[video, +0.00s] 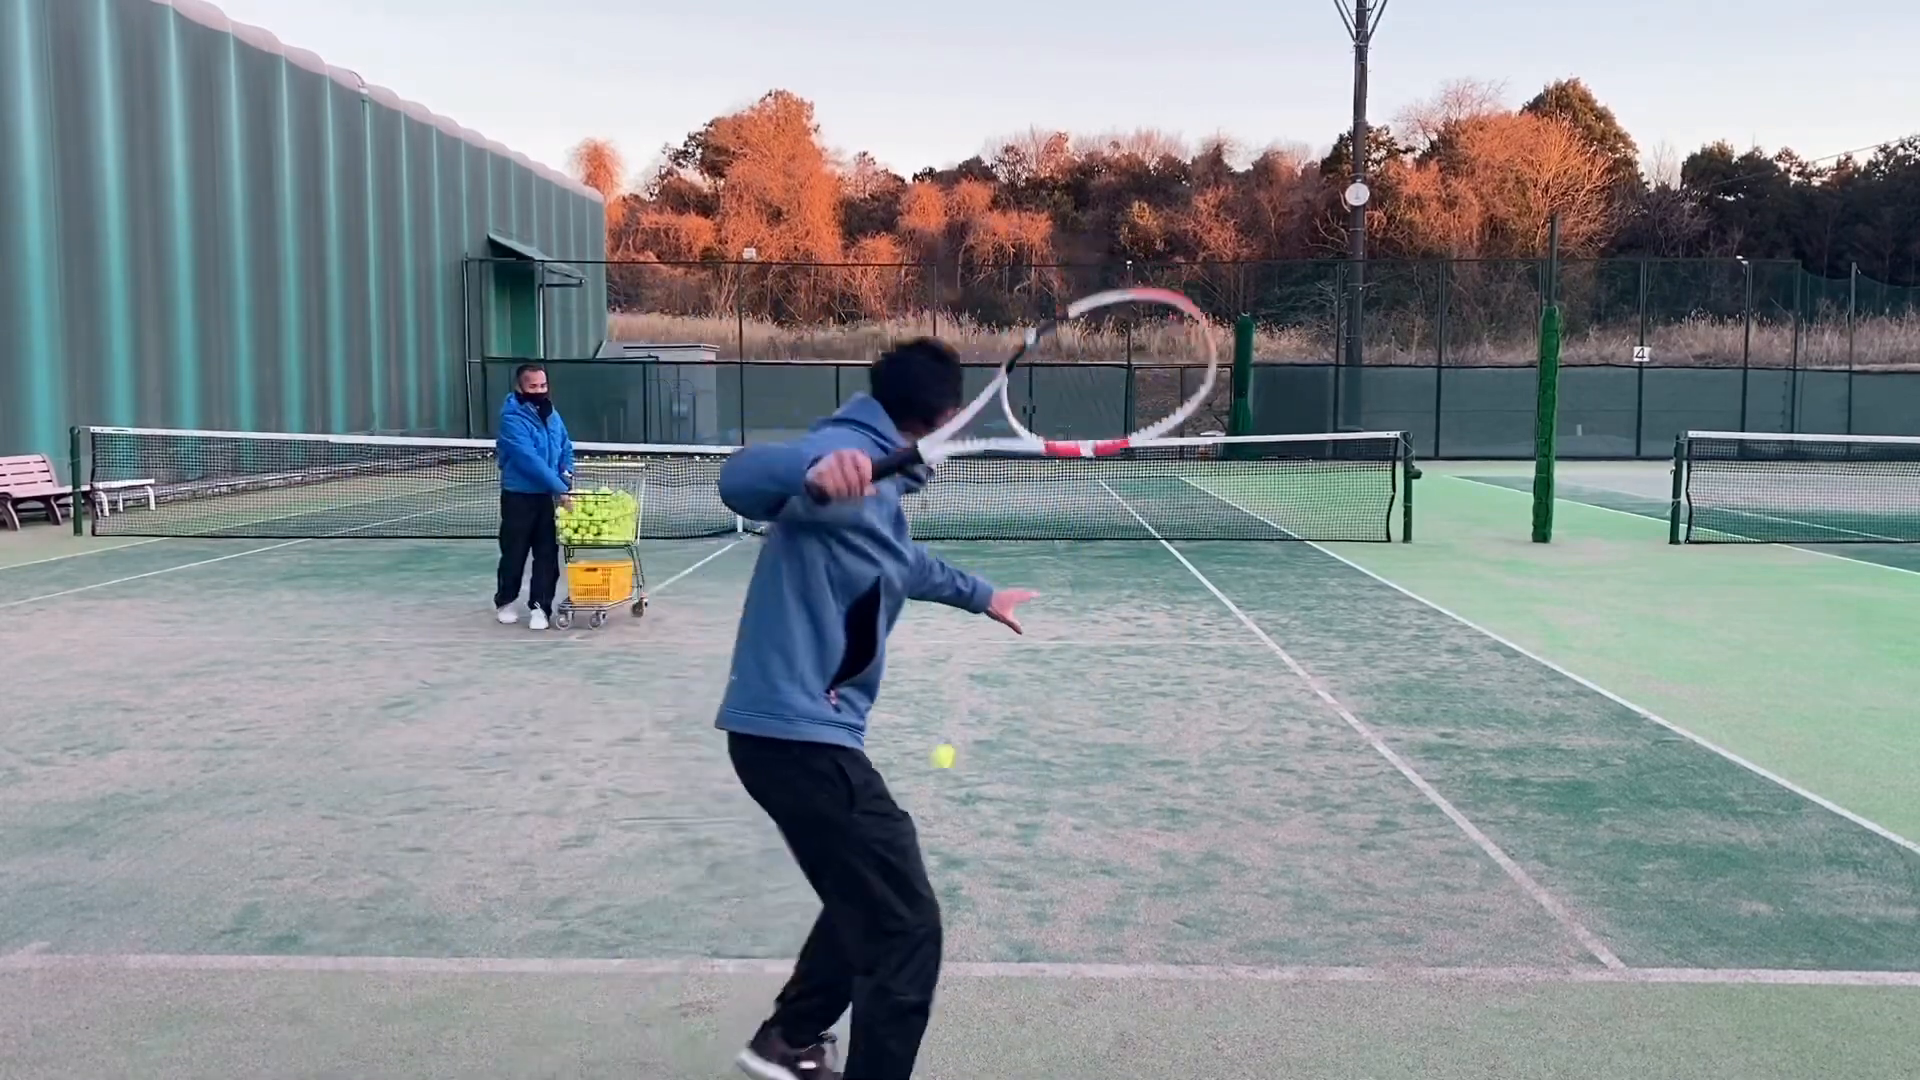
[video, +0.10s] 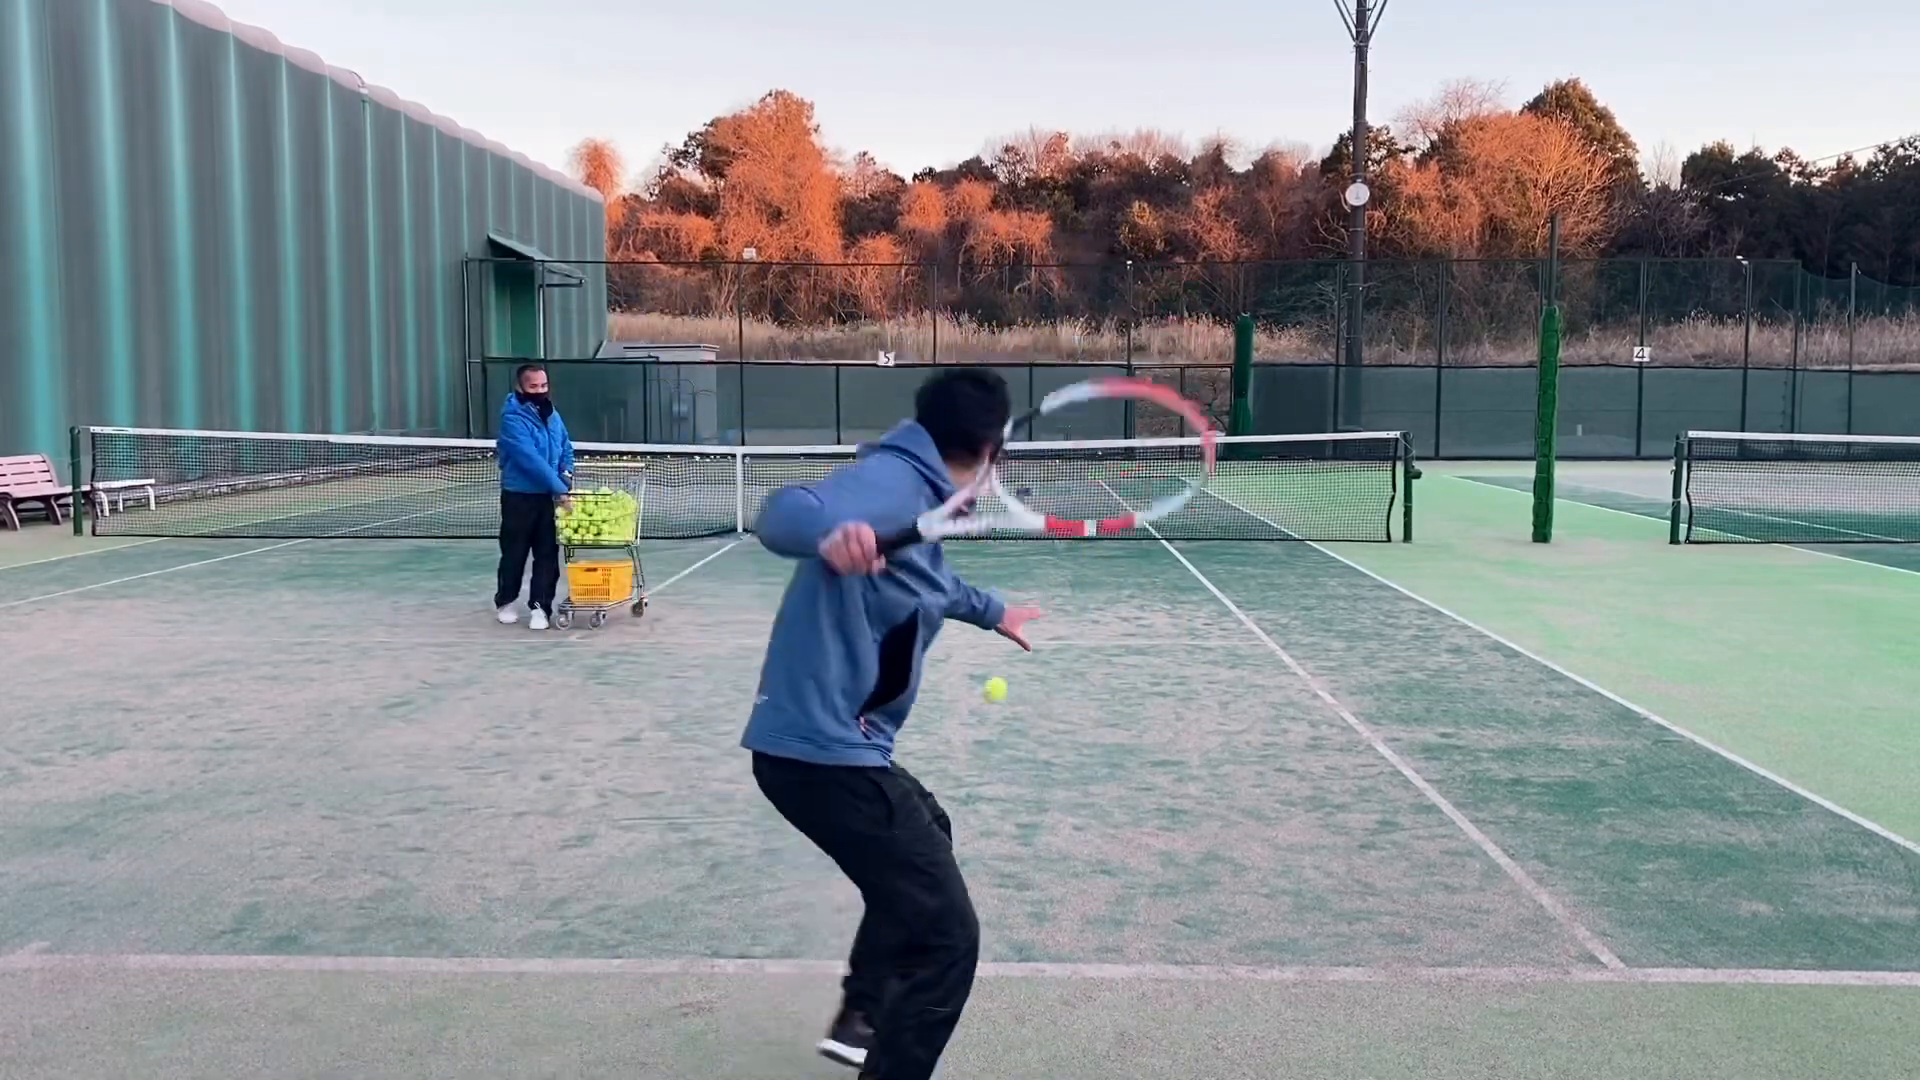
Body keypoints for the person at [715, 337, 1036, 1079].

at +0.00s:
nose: (946, 435)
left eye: (948, 422)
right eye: (945, 421)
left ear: (885, 396)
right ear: (926, 417)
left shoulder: (878, 484)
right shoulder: (847, 449)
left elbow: (904, 564)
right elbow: (736, 480)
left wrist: (979, 594)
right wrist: (809, 470)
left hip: (806, 728)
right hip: (794, 733)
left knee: (870, 893)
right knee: (907, 927)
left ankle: (788, 1038)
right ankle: (872, 1072)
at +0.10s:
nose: (992, 469)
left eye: (994, 454)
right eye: (995, 453)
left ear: (932, 429)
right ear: (984, 451)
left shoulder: (913, 498)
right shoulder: (890, 481)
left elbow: (925, 583)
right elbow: (779, 513)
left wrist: (992, 610)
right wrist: (829, 533)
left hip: (839, 741)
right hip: (816, 752)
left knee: (930, 834)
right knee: (944, 933)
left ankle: (863, 1017)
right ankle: (891, 1070)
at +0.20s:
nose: (1048, 473)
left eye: (1047, 461)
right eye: (1046, 463)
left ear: (979, 449)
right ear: (1031, 472)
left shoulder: (957, 509)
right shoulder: (936, 514)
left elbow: (946, 584)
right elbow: (831, 553)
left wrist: (994, 616)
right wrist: (867, 606)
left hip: (860, 747)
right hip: (835, 761)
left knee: (941, 854)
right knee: (962, 944)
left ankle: (935, 1020)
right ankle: (905, 1067)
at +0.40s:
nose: (1105, 494)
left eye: (1108, 479)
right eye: (1108, 479)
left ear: (1034, 457)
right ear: (1092, 482)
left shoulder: (953, 487)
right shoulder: (1015, 552)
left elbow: (837, 511)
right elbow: (973, 676)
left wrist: (859, 581)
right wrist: (1003, 784)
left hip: (840, 737)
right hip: (912, 762)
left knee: (954, 877)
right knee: (980, 944)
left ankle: (989, 1020)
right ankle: (898, 1072)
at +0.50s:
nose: (1097, 441)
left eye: (1101, 427)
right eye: (1099, 428)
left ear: (1020, 411)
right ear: (1083, 433)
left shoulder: (933, 446)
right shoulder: (1058, 544)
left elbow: (826, 515)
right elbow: (1065, 681)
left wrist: (828, 548)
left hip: (865, 711)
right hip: (957, 737)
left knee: (943, 875)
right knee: (988, 902)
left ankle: (993, 1015)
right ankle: (903, 1067)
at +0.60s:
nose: (1086, 384)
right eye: (1086, 373)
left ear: (1002, 366)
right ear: (1079, 379)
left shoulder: (946, 434)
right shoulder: (1079, 483)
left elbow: (887, 532)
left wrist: (867, 490)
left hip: (898, 691)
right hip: (991, 701)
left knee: (934, 861)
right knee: (983, 870)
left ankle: (995, 1010)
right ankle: (934, 1039)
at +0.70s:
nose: (985, 330)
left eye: (992, 322)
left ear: (994, 336)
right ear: (1074, 345)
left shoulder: (962, 415)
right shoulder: (1077, 419)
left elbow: (937, 529)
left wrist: (882, 485)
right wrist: (925, 319)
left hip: (928, 674)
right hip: (1015, 678)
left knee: (950, 846)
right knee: (1009, 843)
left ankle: (998, 1003)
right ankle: (992, 1022)